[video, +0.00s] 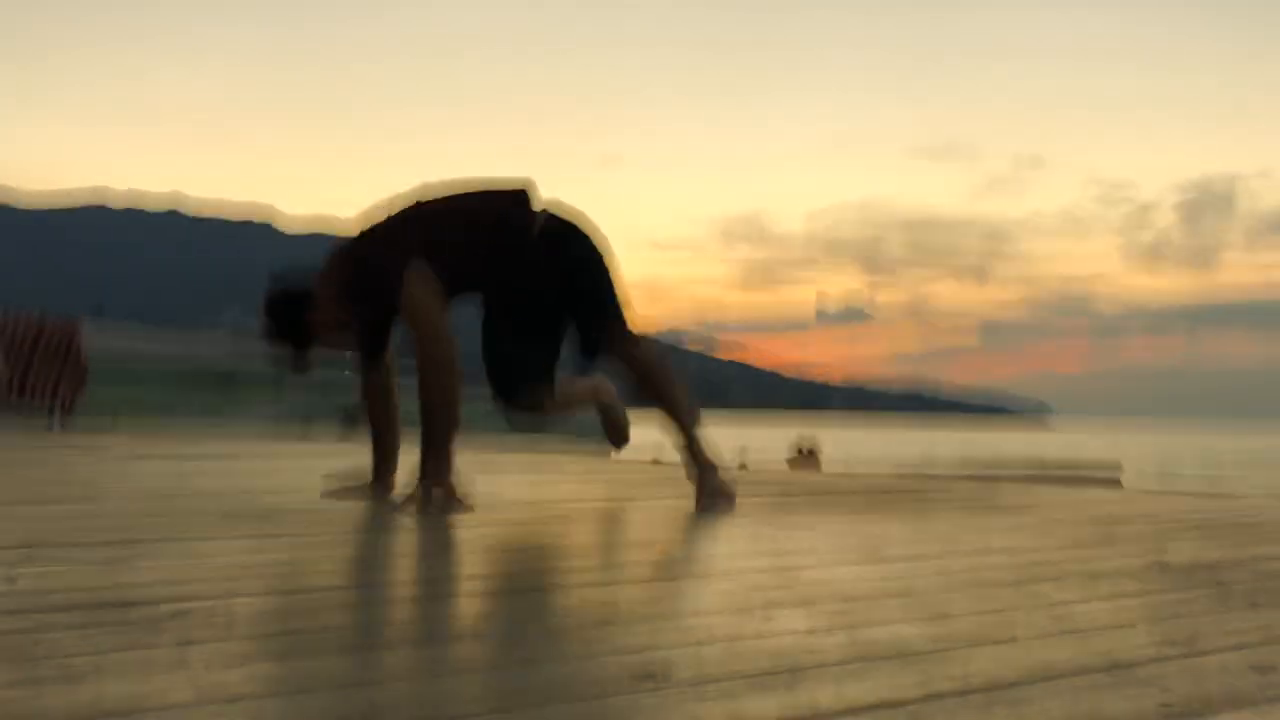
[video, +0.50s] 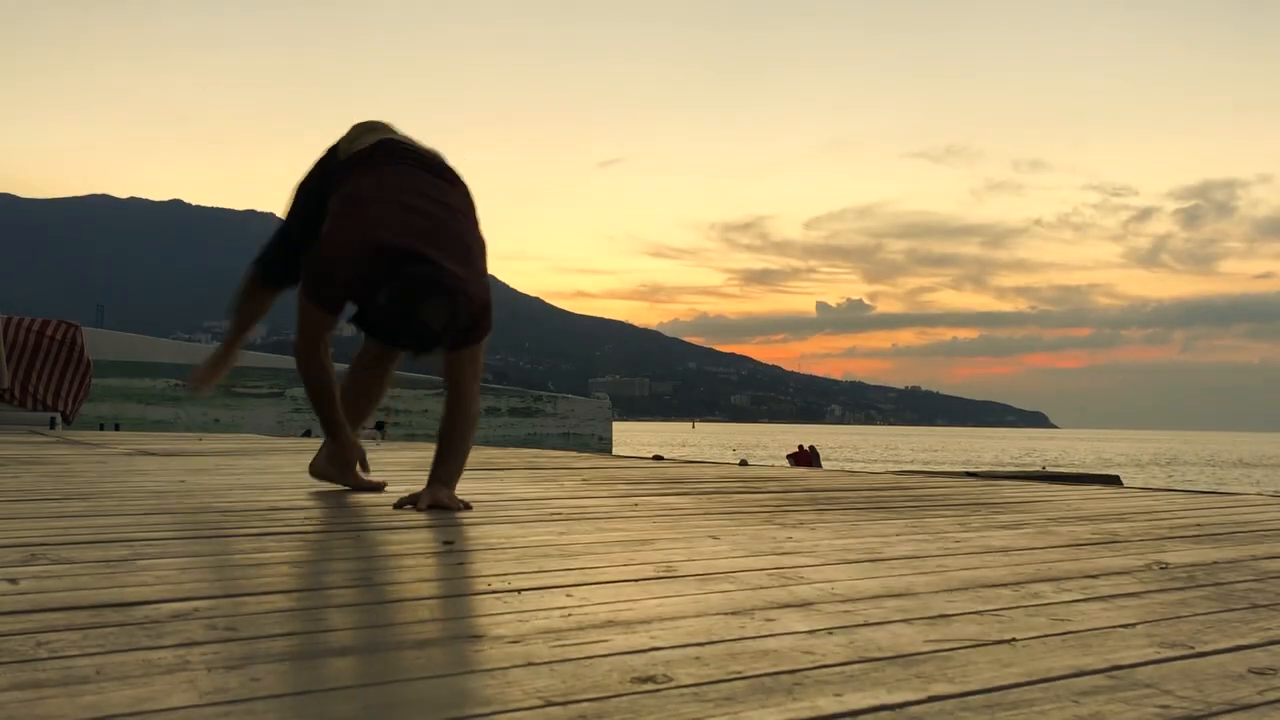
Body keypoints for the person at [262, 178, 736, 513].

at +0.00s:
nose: (339, 342)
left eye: (327, 334)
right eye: (328, 341)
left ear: (321, 307)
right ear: (320, 306)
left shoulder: (391, 264)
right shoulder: (357, 283)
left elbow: (437, 364)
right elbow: (378, 385)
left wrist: (437, 478)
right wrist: (381, 481)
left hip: (557, 241)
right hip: (508, 274)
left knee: (618, 346)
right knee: (525, 402)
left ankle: (701, 461)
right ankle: (600, 393)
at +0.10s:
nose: (340, 382)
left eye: (336, 376)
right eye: (331, 384)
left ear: (331, 340)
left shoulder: (374, 280)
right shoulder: (313, 286)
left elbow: (449, 378)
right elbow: (361, 386)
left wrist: (436, 484)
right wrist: (380, 476)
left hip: (506, 211)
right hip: (461, 247)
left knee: (600, 333)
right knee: (575, 338)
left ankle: (662, 458)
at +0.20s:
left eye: (371, 379)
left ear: (376, 339)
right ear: (314, 345)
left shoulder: (405, 284)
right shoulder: (311, 284)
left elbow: (458, 381)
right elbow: (354, 385)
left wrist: (437, 485)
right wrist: (380, 475)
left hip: (477, 187)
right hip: (404, 192)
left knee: (540, 329)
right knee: (493, 263)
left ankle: (583, 462)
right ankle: (569, 219)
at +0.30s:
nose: (391, 394)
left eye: (399, 385)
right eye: (377, 386)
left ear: (414, 338)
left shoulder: (441, 292)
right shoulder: (323, 311)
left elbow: (468, 383)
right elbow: (350, 383)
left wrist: (441, 487)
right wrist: (377, 473)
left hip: (458, 167)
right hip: (377, 165)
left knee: (488, 327)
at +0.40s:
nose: (402, 388)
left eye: (414, 378)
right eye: (391, 377)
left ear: (439, 332)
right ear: (367, 333)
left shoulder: (463, 292)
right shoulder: (328, 294)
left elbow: (472, 392)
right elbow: (342, 375)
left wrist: (442, 486)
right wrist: (361, 460)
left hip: (445, 155)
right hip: (368, 146)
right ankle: (365, 462)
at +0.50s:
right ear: (385, 305)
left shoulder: (470, 300)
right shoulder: (339, 264)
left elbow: (464, 394)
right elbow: (310, 348)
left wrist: (442, 484)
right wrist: (342, 437)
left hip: (437, 179)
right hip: (359, 153)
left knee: (384, 349)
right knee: (276, 268)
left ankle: (332, 459)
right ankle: (227, 349)